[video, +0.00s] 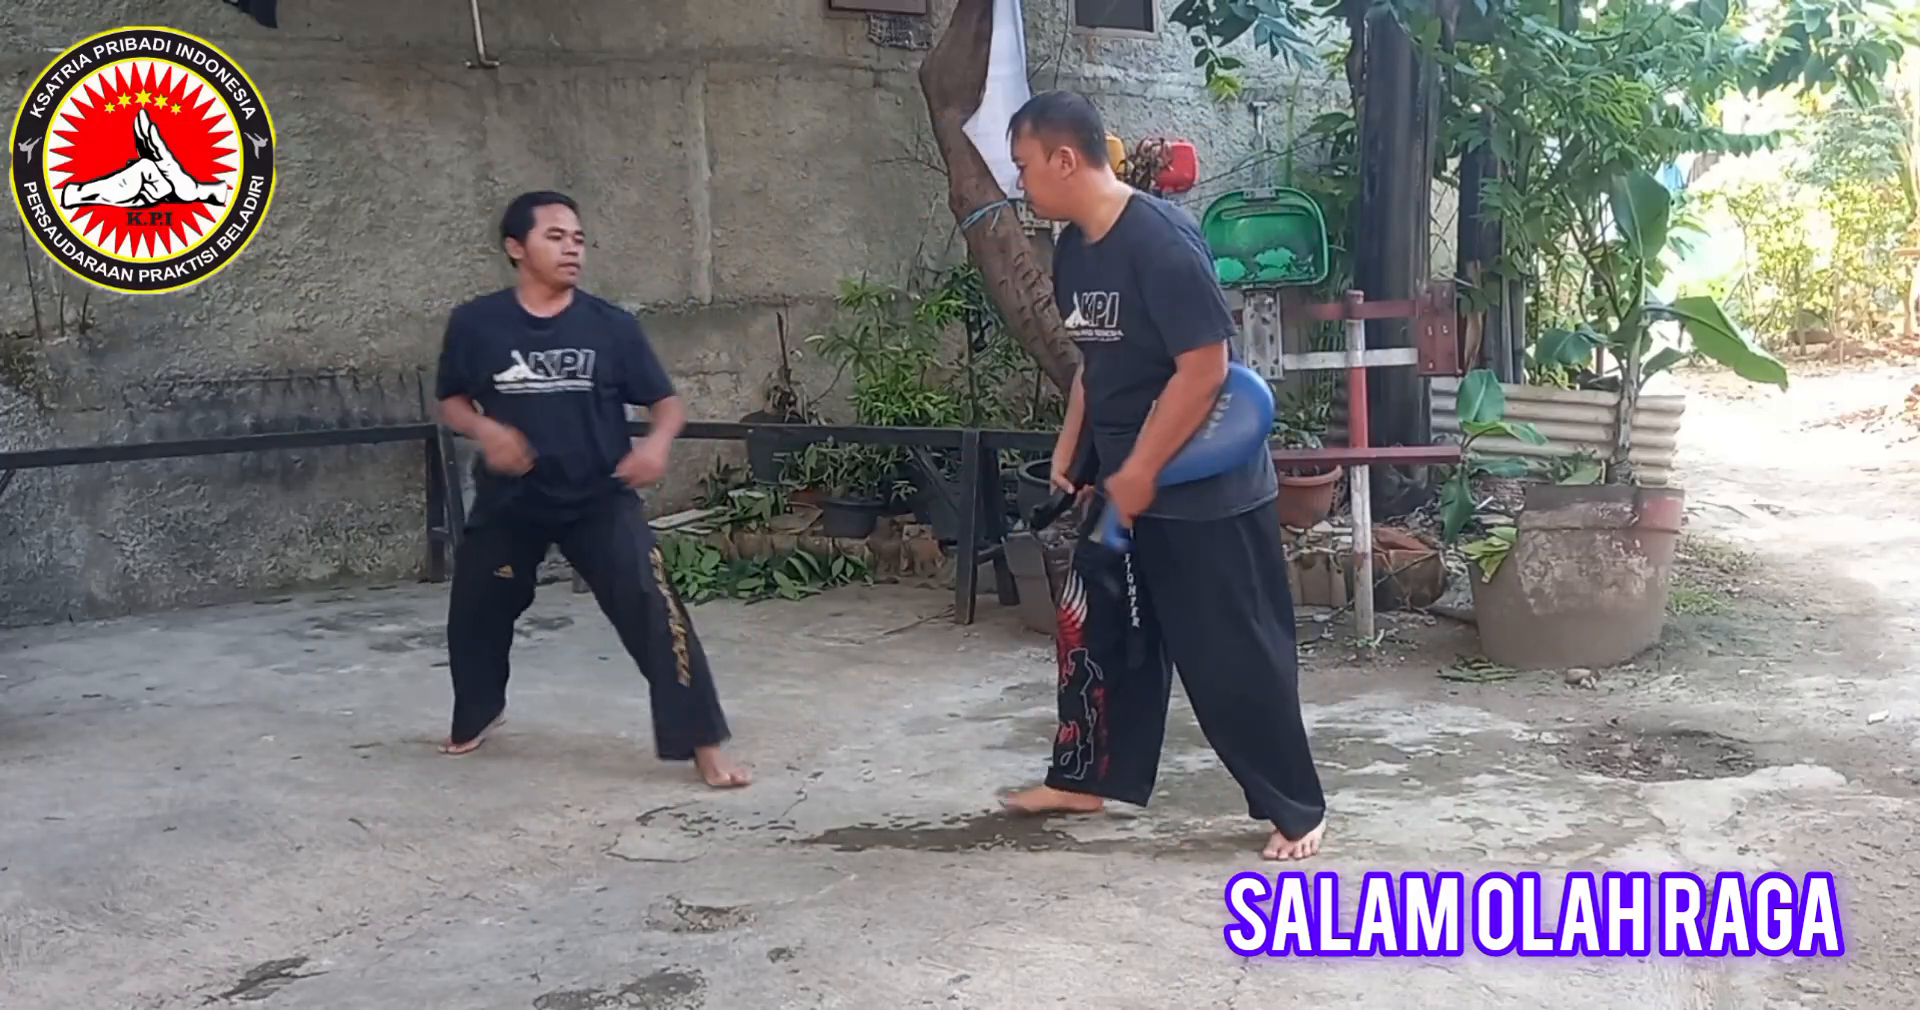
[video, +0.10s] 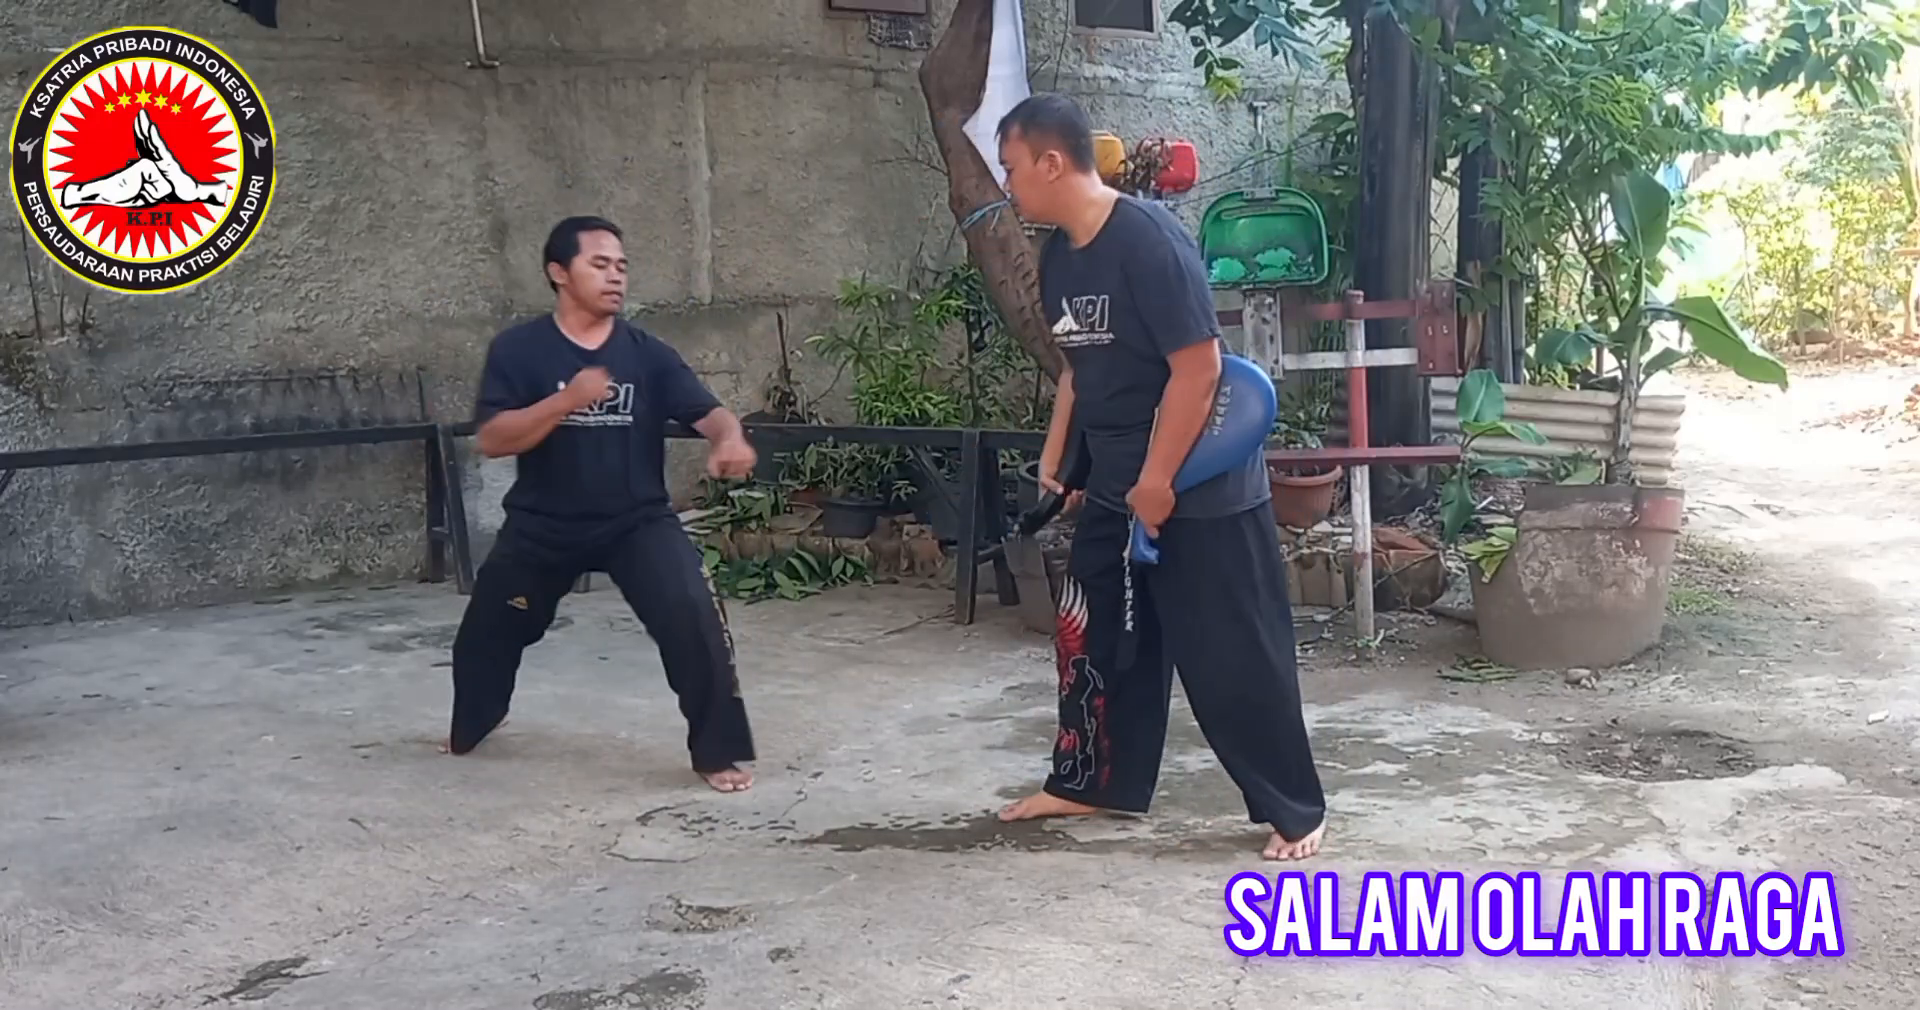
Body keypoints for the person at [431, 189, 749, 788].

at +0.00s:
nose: (572, 248)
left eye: (577, 238)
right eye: (556, 237)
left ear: (584, 249)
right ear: (517, 249)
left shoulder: (612, 325)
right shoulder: (474, 323)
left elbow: (669, 403)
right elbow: (451, 402)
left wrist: (656, 445)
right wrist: (486, 431)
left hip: (598, 498)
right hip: (511, 500)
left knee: (647, 601)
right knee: (476, 606)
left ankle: (707, 743)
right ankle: (477, 708)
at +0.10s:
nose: (616, 276)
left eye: (621, 266)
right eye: (601, 264)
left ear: (627, 275)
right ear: (559, 274)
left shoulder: (648, 354)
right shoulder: (517, 349)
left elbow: (711, 415)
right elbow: (491, 440)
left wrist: (730, 440)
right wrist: (565, 401)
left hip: (639, 523)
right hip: (543, 525)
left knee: (690, 616)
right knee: (485, 630)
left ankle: (719, 753)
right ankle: (472, 724)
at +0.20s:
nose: (633, 267)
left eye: (638, 256)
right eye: (618, 255)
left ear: (643, 264)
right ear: (575, 262)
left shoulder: (663, 341)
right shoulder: (533, 335)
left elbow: (715, 404)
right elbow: (543, 420)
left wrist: (736, 426)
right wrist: (610, 355)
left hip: (644, 512)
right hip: (550, 512)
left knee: (688, 608)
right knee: (489, 614)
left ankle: (719, 750)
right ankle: (477, 718)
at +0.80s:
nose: (641, 264)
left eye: (646, 254)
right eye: (626, 253)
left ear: (650, 262)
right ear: (582, 262)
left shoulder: (668, 340)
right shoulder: (541, 326)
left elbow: (725, 395)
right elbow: (552, 391)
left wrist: (772, 424)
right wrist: (616, 322)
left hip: (658, 516)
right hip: (563, 520)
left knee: (716, 615)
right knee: (512, 630)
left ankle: (734, 761)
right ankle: (486, 742)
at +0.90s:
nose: (646, 259)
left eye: (650, 249)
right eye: (631, 248)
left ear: (654, 257)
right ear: (587, 255)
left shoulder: (671, 335)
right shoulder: (544, 321)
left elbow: (731, 385)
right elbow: (568, 380)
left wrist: (781, 409)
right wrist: (627, 308)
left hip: (661, 513)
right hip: (565, 515)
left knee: (713, 617)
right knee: (510, 625)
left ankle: (740, 757)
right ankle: (486, 737)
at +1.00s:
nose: (633, 256)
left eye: (639, 245)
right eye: (619, 244)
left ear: (644, 252)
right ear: (575, 248)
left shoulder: (661, 325)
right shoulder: (531, 316)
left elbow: (725, 375)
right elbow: (561, 375)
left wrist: (775, 393)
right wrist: (624, 303)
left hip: (648, 507)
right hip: (553, 510)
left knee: (698, 619)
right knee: (502, 625)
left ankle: (738, 755)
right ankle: (486, 738)